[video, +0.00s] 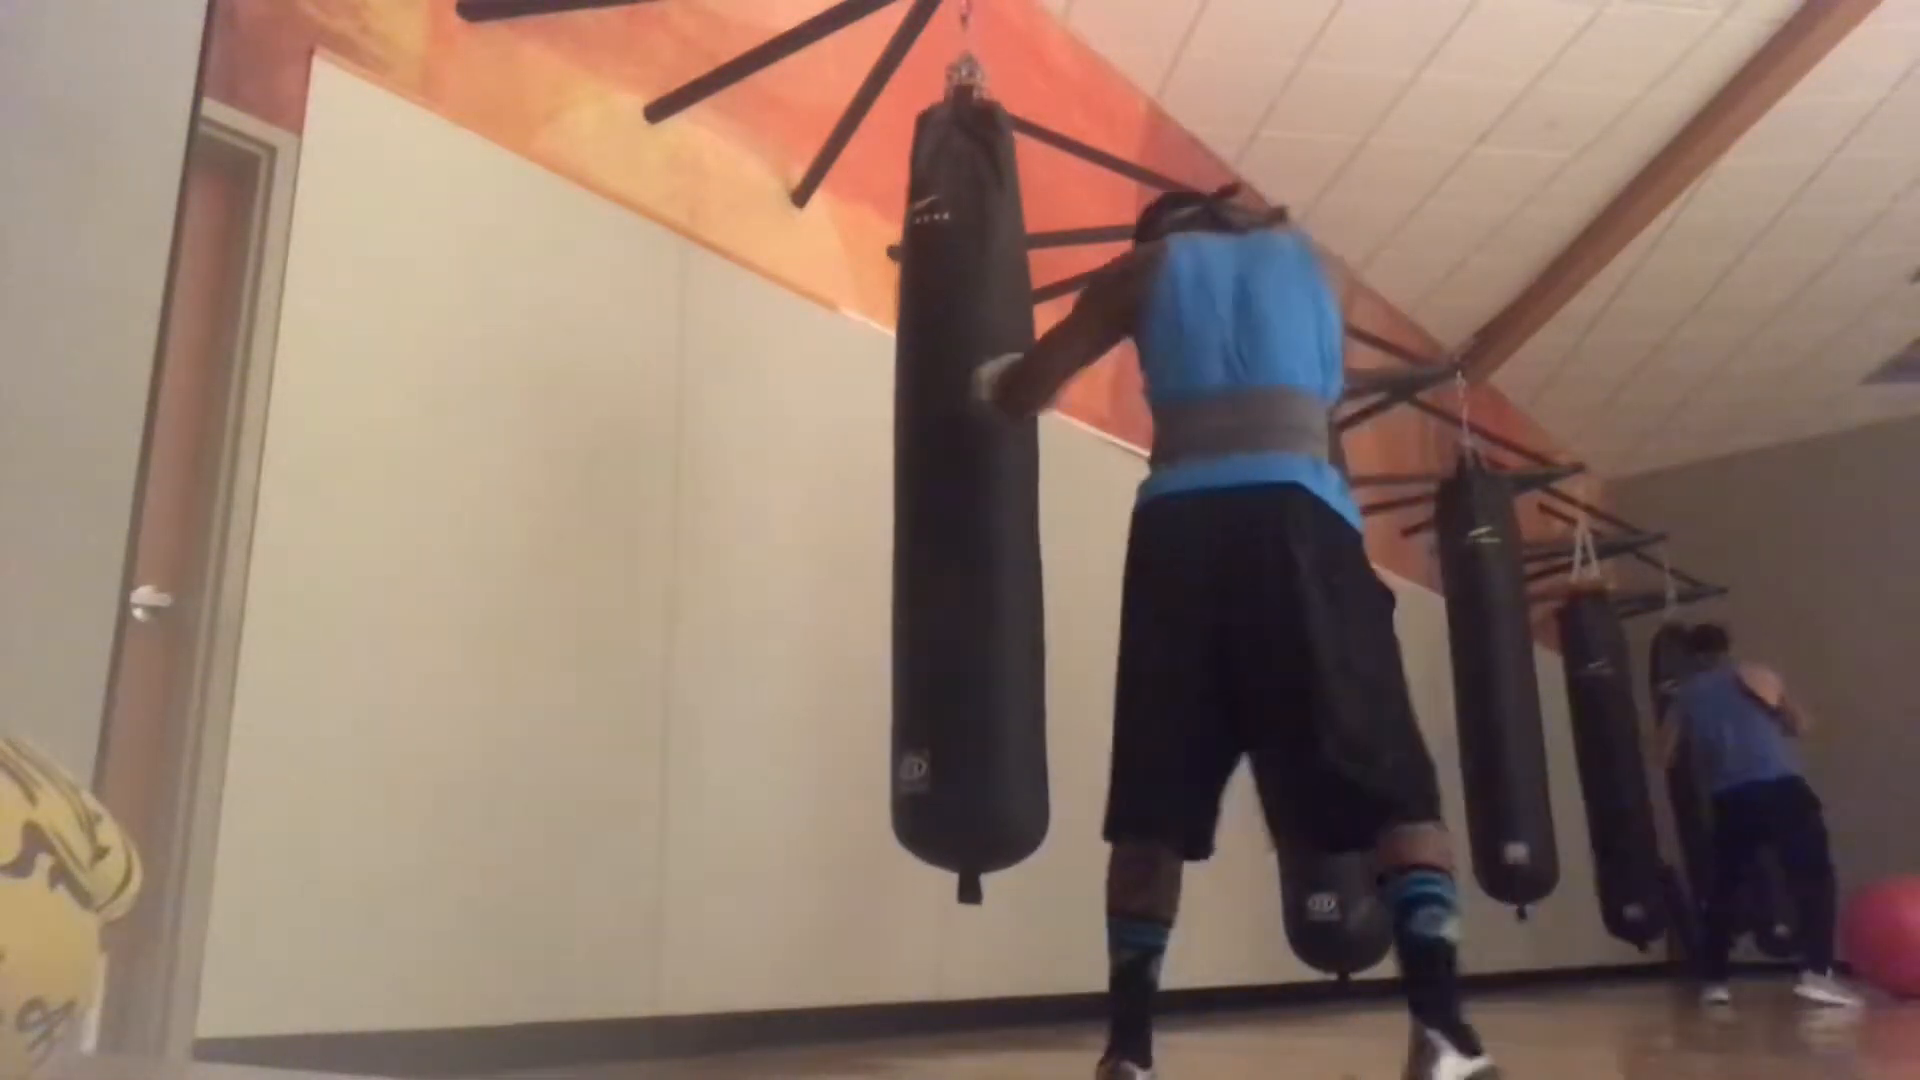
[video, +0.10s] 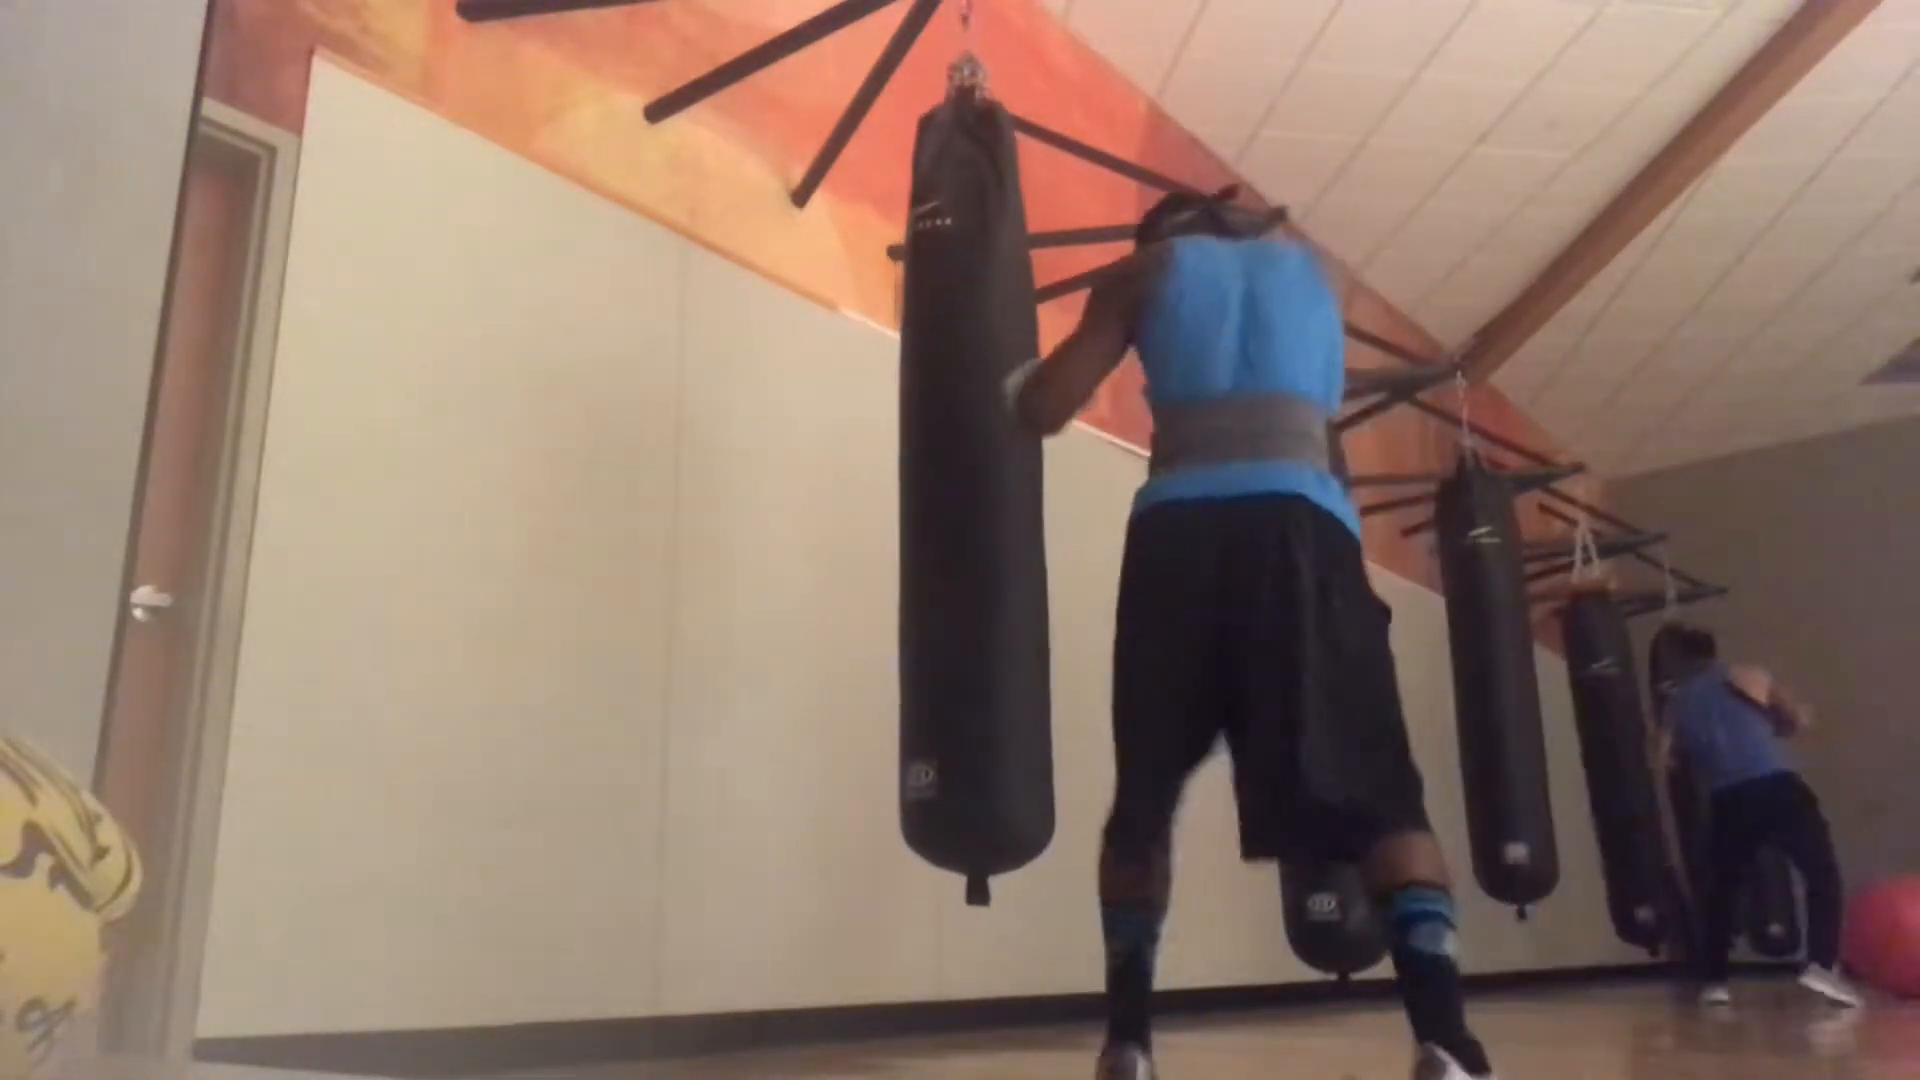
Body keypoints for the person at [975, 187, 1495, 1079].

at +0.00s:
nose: (1139, 264)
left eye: (1143, 250)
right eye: (1142, 252)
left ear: (1167, 237)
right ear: (1251, 226)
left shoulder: (1150, 266)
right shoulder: (1313, 269)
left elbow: (1030, 384)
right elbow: (1323, 395)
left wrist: (997, 382)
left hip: (1177, 539)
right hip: (1303, 536)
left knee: (1151, 798)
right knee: (1397, 786)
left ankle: (1127, 1051)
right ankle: (1441, 1028)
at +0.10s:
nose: (1144, 259)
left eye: (1147, 248)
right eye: (1149, 248)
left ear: (1166, 238)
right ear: (1255, 232)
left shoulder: (1149, 267)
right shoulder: (1316, 274)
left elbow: (1043, 407)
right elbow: (1318, 408)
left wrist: (1031, 381)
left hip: (1176, 543)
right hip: (1305, 541)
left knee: (1143, 798)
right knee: (1383, 791)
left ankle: (1126, 1042)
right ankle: (1444, 1039)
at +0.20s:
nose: (1152, 276)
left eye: (1156, 265)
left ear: (1177, 259)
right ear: (1266, 254)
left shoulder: (1152, 291)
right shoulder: (1321, 299)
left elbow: (1055, 437)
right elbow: (1319, 431)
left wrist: (1059, 438)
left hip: (1166, 582)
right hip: (1299, 585)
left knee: (1122, 794)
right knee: (1394, 815)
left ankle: (1098, 1011)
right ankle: (1447, 1051)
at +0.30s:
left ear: (1155, 285)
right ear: (1236, 274)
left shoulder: (1116, 332)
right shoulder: (1299, 312)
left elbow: (1030, 449)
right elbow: (1299, 431)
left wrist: (1087, 453)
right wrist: (1134, 454)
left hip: (1140, 595)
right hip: (1271, 592)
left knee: (1093, 820)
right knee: (1385, 811)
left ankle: (1022, 1031)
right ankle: (1441, 1040)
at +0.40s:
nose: (1251, 303)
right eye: (1240, 295)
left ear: (1122, 321)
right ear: (1199, 301)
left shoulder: (1086, 368)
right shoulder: (1250, 329)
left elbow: (1012, 458)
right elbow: (1287, 482)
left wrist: (988, 524)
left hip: (1097, 604)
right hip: (1221, 598)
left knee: (1069, 825)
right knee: (1381, 806)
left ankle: (996, 1043)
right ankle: (1389, 1024)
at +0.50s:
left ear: (1098, 325)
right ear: (1177, 309)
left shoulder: (1063, 372)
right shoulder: (1242, 327)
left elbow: (994, 513)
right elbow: (1253, 488)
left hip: (1075, 595)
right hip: (1196, 592)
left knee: (1061, 816)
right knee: (1315, 813)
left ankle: (994, 1042)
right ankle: (1282, 1041)